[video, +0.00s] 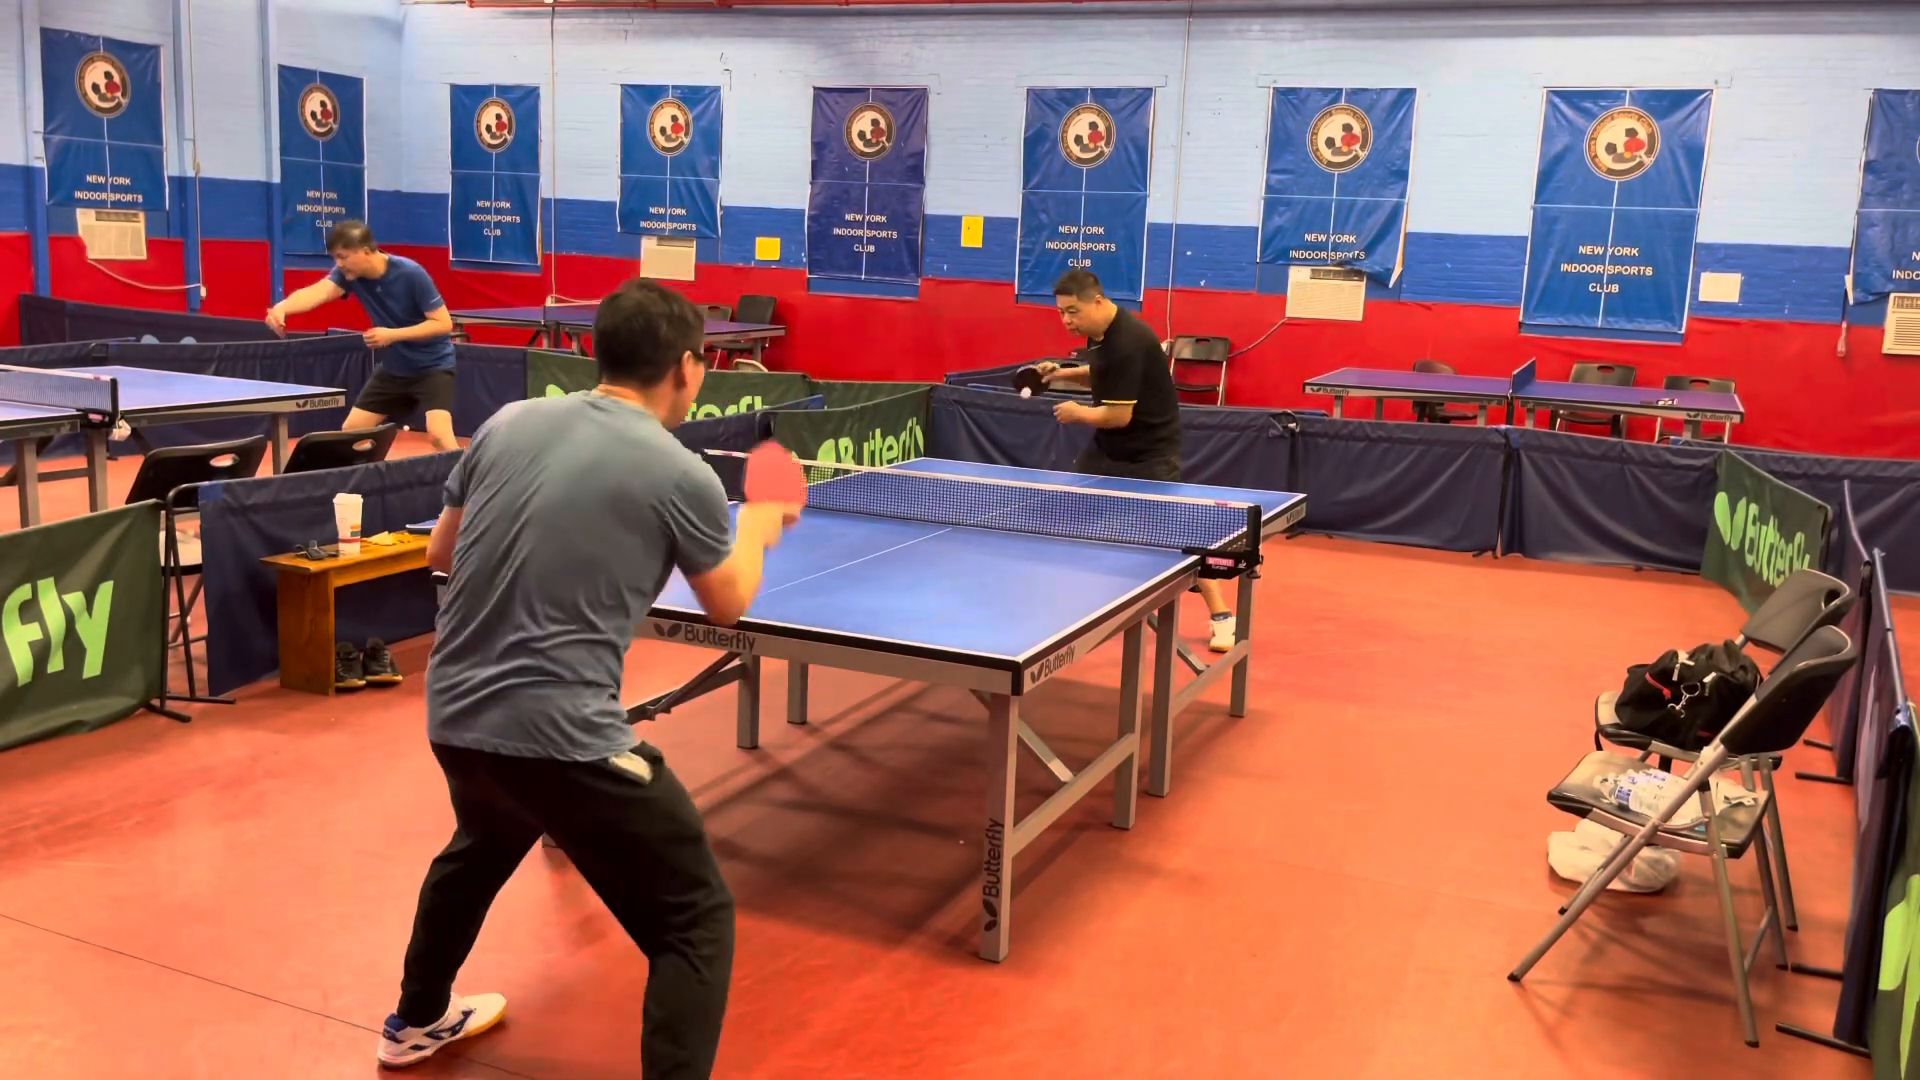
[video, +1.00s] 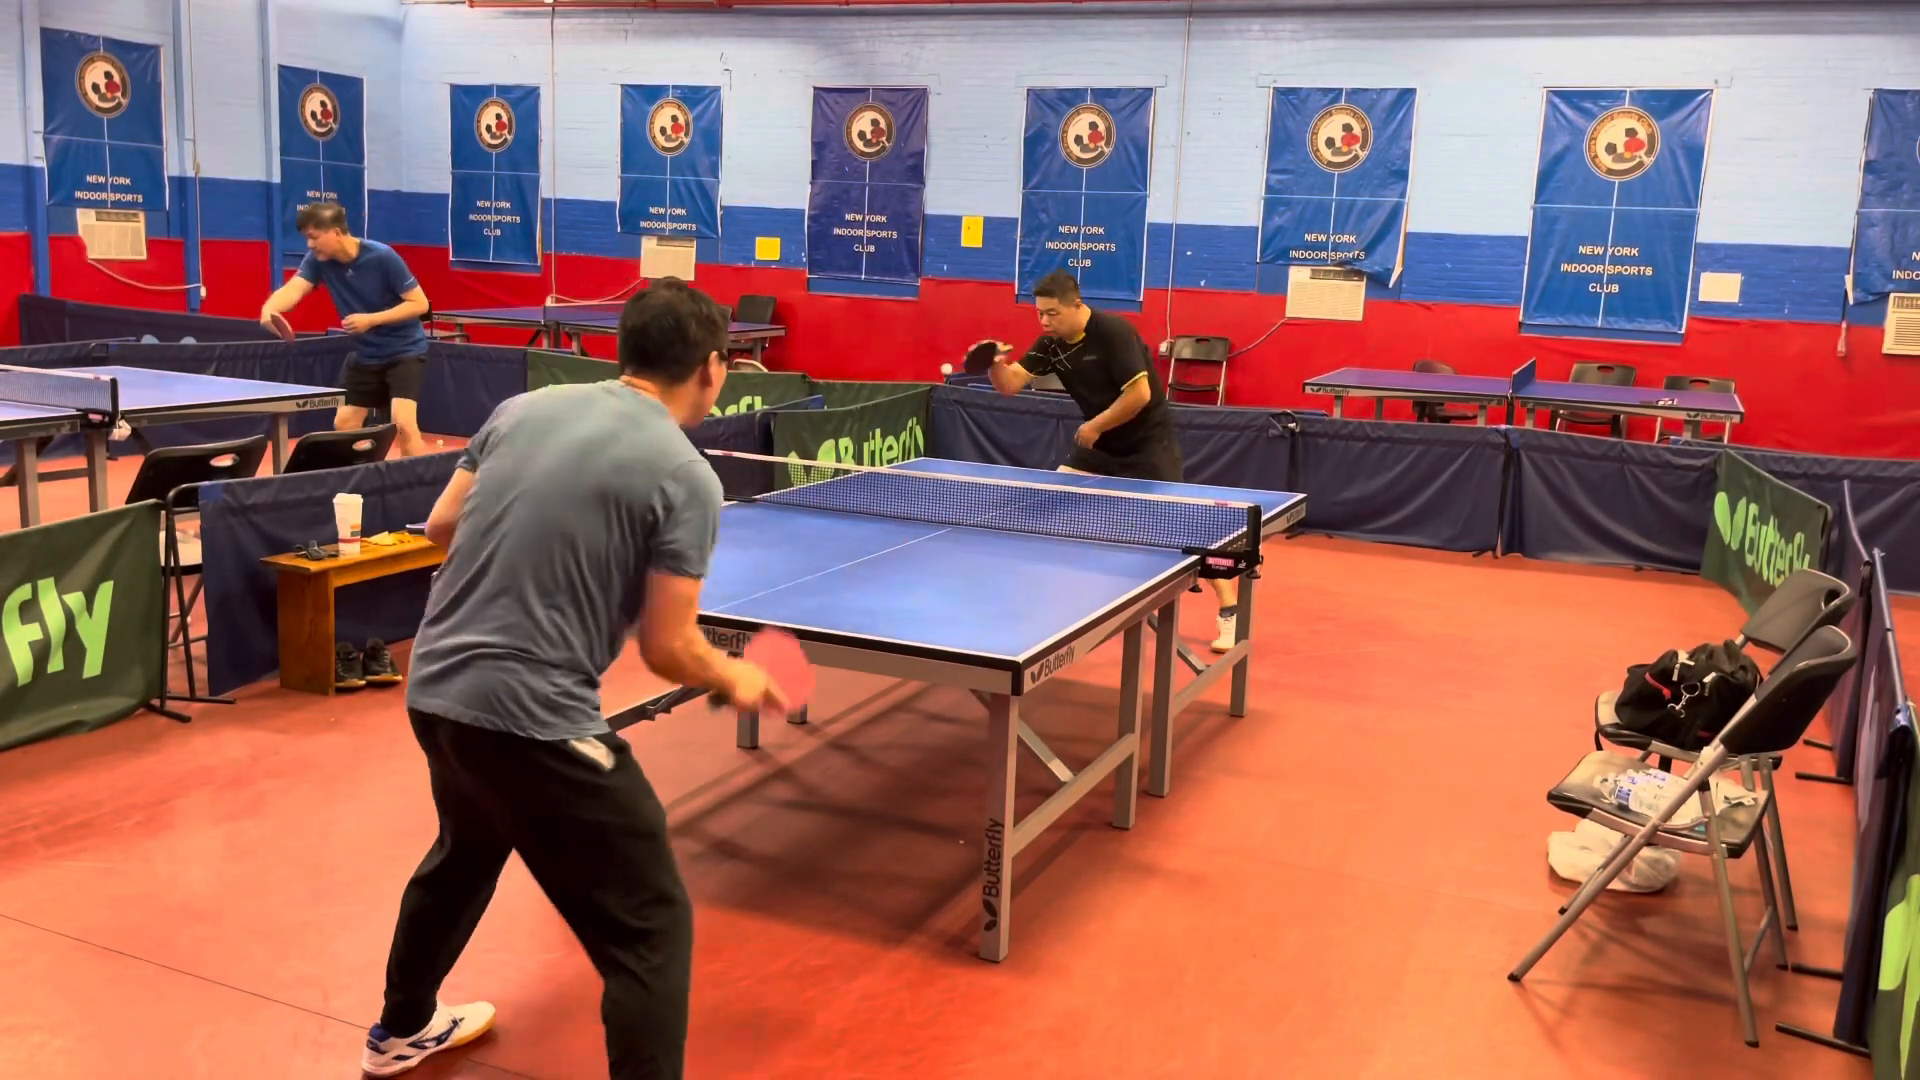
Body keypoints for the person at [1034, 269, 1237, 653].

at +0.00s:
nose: (1066, 322)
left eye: (1072, 312)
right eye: (1062, 313)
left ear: (1099, 303)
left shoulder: (1128, 341)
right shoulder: (1102, 332)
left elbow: (1120, 415)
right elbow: (1104, 375)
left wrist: (1081, 413)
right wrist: (1060, 374)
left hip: (1150, 455)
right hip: (1107, 447)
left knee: (1176, 530)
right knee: (1062, 509)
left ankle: (1220, 614)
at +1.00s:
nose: (1044, 323)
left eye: (1051, 314)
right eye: (1040, 314)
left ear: (1077, 306)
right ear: (1040, 311)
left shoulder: (1113, 331)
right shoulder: (1051, 342)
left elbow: (1139, 393)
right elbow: (1010, 384)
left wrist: (1096, 426)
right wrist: (997, 365)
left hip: (1148, 443)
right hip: (1100, 443)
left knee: (1178, 521)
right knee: (1048, 504)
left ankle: (1228, 606)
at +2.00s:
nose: (1097, 325)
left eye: (1105, 315)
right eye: (1091, 317)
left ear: (1126, 307)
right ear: (1086, 315)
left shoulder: (1167, 339)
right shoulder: (1088, 348)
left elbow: (1193, 399)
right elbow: (1069, 414)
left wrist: (1138, 422)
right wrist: (1081, 383)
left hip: (1163, 452)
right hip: (1105, 450)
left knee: (1197, 519)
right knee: (1049, 500)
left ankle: (1230, 605)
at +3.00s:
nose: (1139, 310)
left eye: (1148, 302)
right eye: (1134, 301)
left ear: (1170, 299)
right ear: (1127, 298)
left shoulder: (1195, 341)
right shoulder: (1120, 329)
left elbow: (1208, 409)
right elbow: (1096, 385)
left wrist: (1149, 424)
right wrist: (1112, 379)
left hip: (1174, 452)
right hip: (1121, 445)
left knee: (1197, 522)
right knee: (1067, 497)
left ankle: (1231, 609)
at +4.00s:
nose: (1065, 323)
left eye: (1074, 314)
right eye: (1060, 314)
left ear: (1096, 309)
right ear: (1056, 312)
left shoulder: (1132, 342)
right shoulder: (1054, 351)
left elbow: (1157, 399)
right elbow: (1026, 410)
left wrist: (1106, 428)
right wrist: (1029, 393)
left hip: (1134, 448)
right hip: (1073, 447)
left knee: (1170, 512)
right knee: (1023, 500)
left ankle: (1196, 594)